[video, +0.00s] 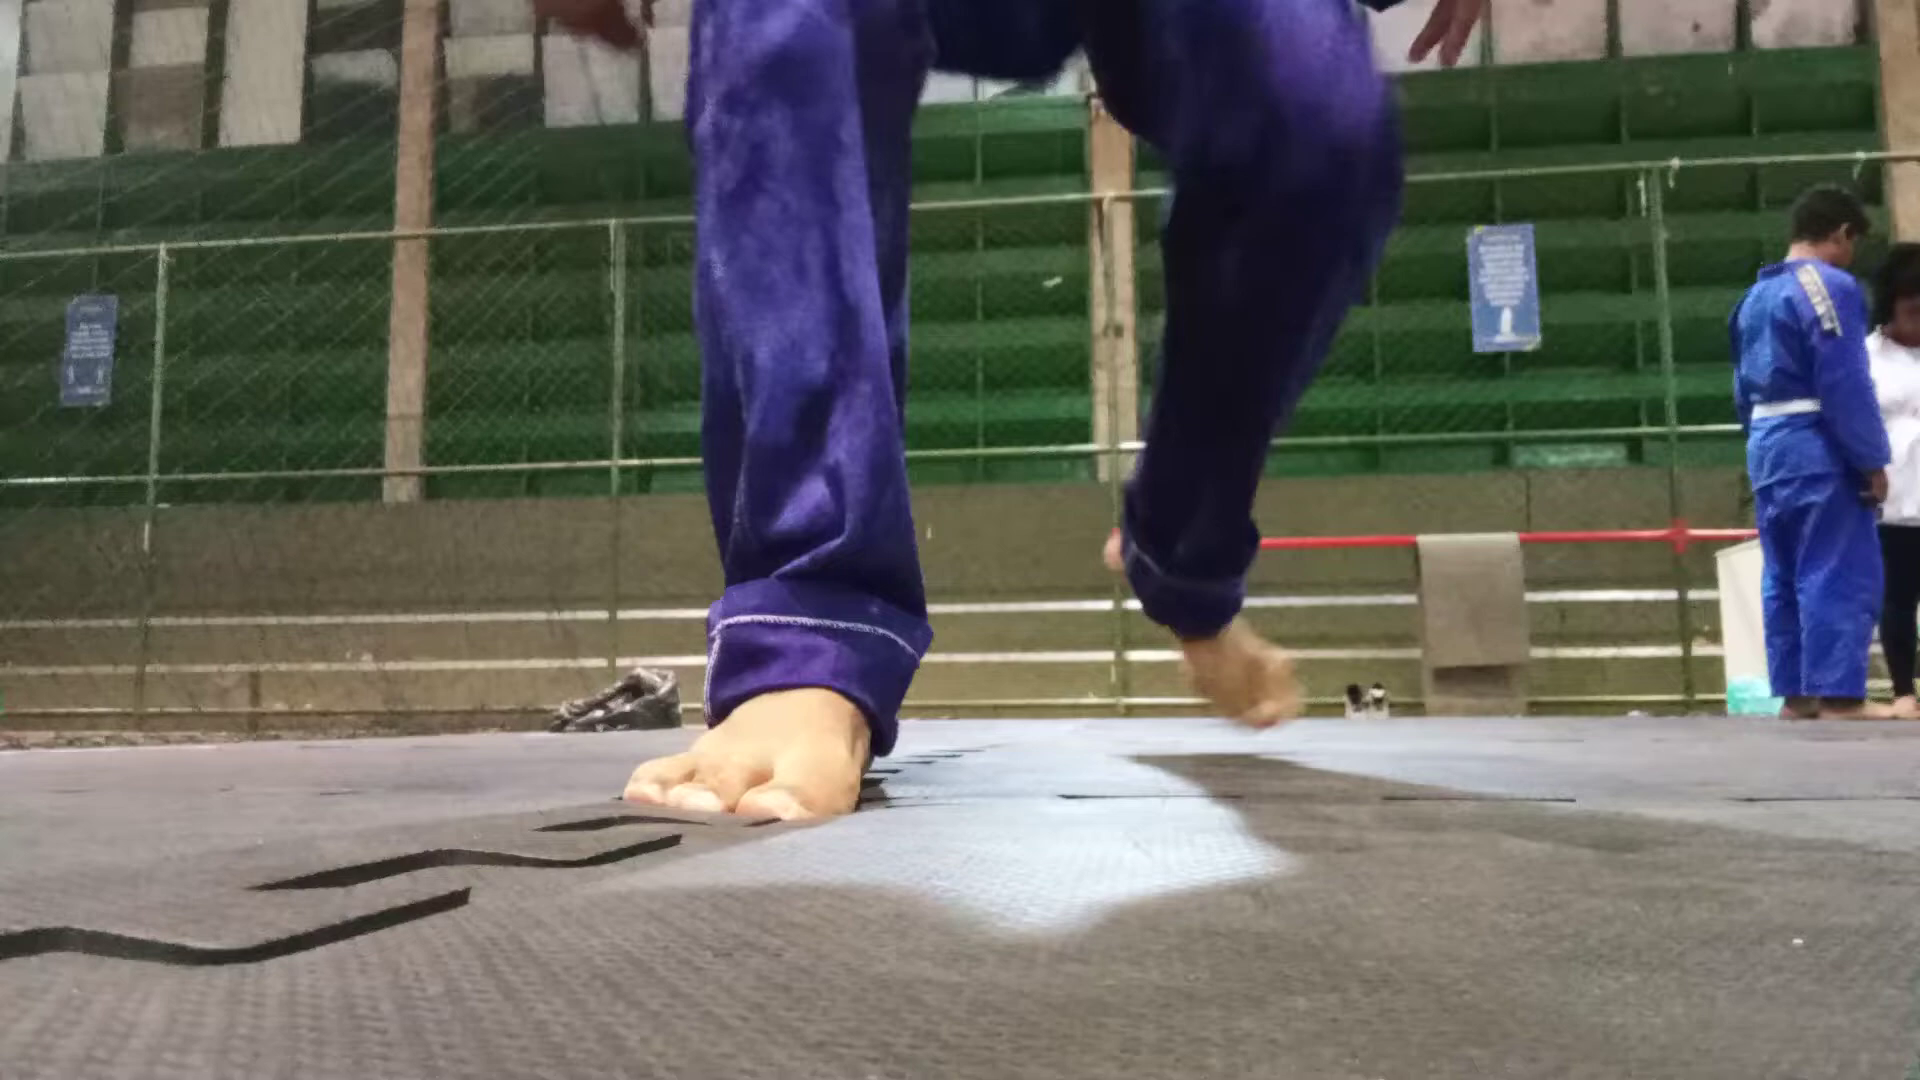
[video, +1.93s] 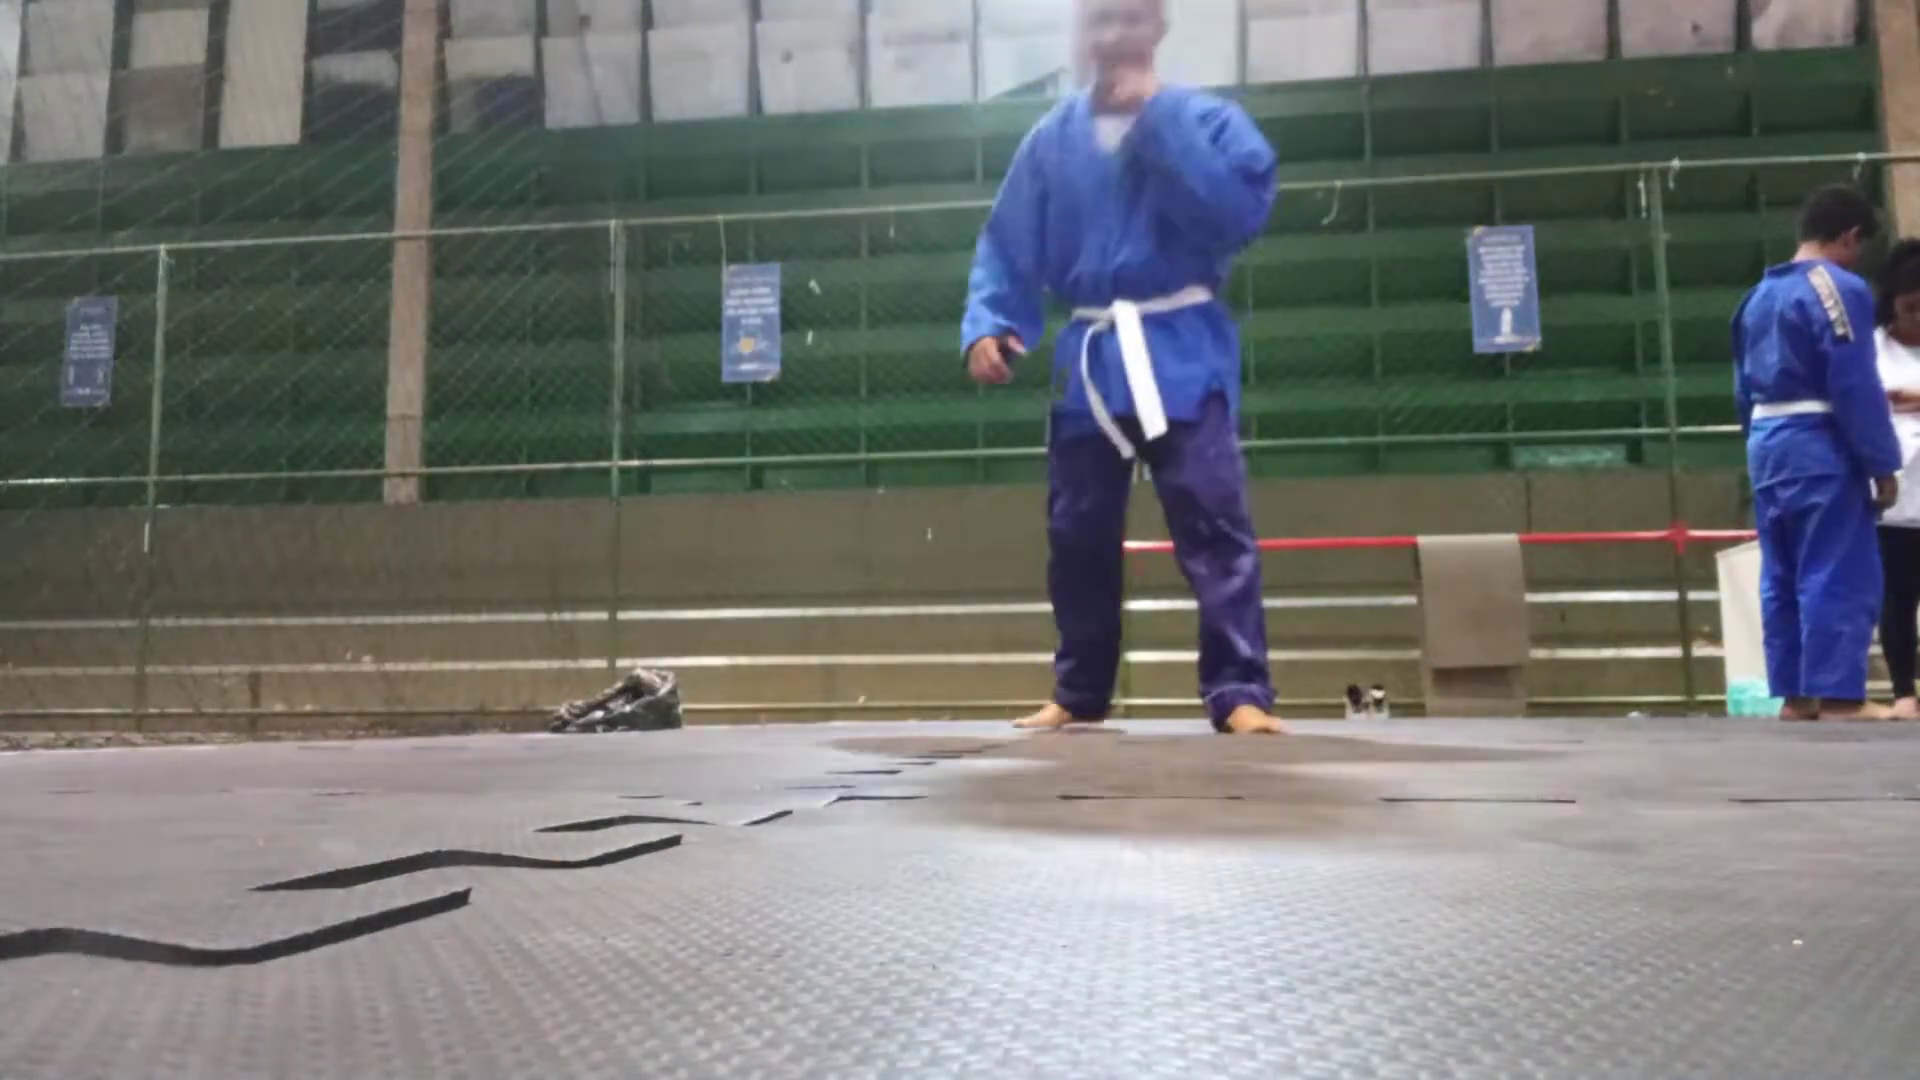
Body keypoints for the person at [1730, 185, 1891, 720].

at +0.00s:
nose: (1853, 255)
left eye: (1855, 245)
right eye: (1854, 243)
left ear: (1797, 232)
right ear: (1839, 234)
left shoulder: (1755, 295)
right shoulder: (1827, 287)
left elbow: (1746, 391)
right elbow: (1845, 386)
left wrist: (1767, 442)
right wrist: (1874, 461)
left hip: (1766, 442)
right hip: (1814, 439)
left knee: (1785, 573)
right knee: (1842, 566)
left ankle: (1794, 696)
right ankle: (1839, 697)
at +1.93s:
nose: (1860, 254)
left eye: (1863, 245)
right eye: (1861, 244)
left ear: (1805, 233)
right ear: (1847, 236)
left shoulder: (1759, 296)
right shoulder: (1838, 289)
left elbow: (1746, 391)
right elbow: (1854, 388)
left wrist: (1765, 445)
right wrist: (1884, 465)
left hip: (1765, 440)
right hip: (1818, 438)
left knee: (1784, 573)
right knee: (1838, 569)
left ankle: (1794, 697)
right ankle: (1838, 698)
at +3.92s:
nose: (1850, 252)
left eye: (1853, 244)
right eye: (1852, 243)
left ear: (1795, 232)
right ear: (1840, 235)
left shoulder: (1751, 296)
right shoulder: (1834, 289)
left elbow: (1738, 391)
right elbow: (1853, 387)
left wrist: (1758, 445)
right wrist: (1884, 465)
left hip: (1761, 441)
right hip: (1815, 439)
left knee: (1780, 575)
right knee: (1840, 570)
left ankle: (1793, 697)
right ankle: (1839, 698)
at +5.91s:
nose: (1857, 252)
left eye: (1860, 243)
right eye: (1858, 241)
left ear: (1801, 231)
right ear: (1843, 234)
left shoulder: (1755, 296)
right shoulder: (1837, 289)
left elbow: (1741, 392)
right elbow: (1854, 388)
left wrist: (1761, 445)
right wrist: (1884, 466)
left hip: (1763, 439)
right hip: (1817, 438)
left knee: (1782, 573)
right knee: (1839, 569)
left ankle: (1794, 696)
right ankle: (1838, 698)